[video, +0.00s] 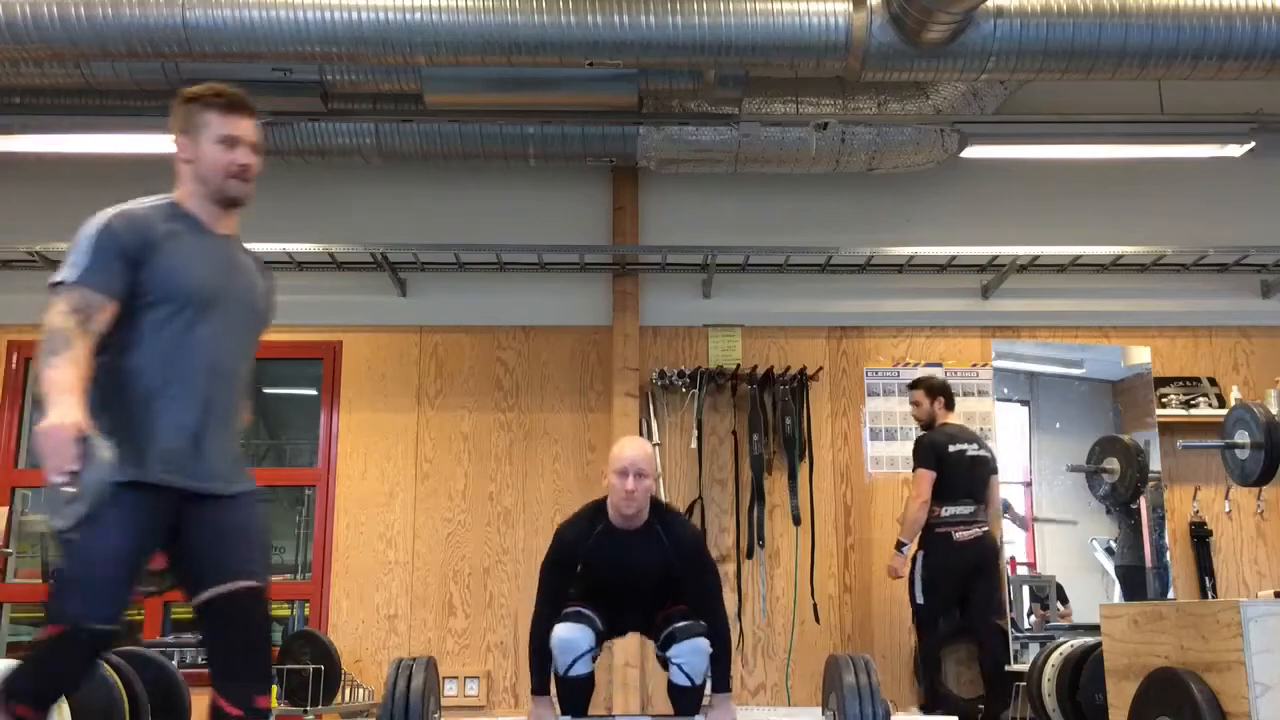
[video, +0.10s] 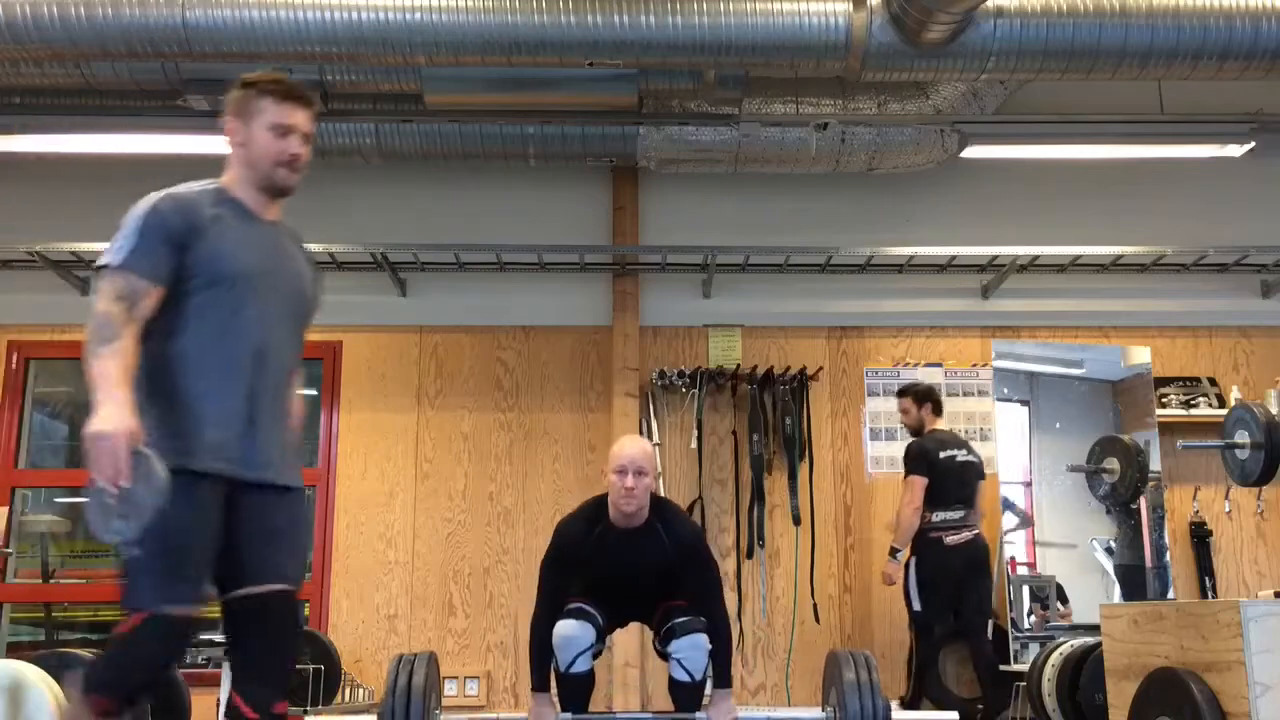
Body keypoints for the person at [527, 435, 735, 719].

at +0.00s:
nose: (630, 485)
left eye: (640, 476)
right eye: (622, 474)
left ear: (654, 484)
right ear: (606, 478)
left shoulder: (682, 536)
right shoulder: (575, 534)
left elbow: (715, 618)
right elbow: (545, 615)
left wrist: (722, 698)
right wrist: (539, 698)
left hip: (662, 612)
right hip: (597, 611)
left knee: (691, 648)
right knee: (569, 639)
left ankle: (687, 716)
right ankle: (574, 716)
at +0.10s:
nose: (629, 483)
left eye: (640, 474)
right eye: (620, 473)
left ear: (654, 481)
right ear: (606, 476)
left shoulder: (682, 532)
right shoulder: (574, 531)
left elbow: (715, 614)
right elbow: (545, 615)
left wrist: (723, 695)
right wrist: (539, 697)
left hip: (664, 603)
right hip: (599, 603)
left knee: (691, 641)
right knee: (570, 634)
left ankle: (687, 717)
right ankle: (574, 716)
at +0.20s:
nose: (629, 484)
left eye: (640, 475)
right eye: (621, 473)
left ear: (654, 481)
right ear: (606, 477)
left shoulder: (682, 531)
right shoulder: (575, 530)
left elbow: (714, 613)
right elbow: (546, 614)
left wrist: (723, 694)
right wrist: (540, 696)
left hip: (664, 601)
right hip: (600, 601)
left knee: (690, 642)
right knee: (572, 634)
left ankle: (687, 717)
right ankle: (574, 716)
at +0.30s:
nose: (629, 488)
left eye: (640, 478)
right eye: (620, 477)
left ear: (654, 485)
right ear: (605, 481)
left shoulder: (682, 533)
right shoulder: (574, 533)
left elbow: (714, 615)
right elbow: (546, 617)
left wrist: (723, 696)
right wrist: (541, 699)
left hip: (664, 602)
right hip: (600, 602)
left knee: (690, 642)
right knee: (572, 635)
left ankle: (687, 716)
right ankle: (575, 716)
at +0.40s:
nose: (631, 494)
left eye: (642, 484)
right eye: (622, 483)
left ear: (657, 490)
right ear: (607, 486)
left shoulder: (682, 537)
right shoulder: (581, 533)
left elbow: (717, 616)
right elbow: (546, 615)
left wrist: (723, 698)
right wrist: (540, 699)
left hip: (664, 608)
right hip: (602, 607)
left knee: (692, 643)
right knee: (571, 637)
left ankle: (688, 716)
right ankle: (575, 716)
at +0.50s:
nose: (634, 497)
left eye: (644, 489)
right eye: (626, 487)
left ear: (658, 495)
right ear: (611, 491)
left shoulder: (683, 540)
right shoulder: (581, 538)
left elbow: (722, 620)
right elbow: (541, 619)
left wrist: (724, 699)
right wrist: (540, 701)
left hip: (665, 610)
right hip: (602, 609)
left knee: (697, 643)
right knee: (567, 638)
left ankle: (690, 715)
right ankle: (574, 715)